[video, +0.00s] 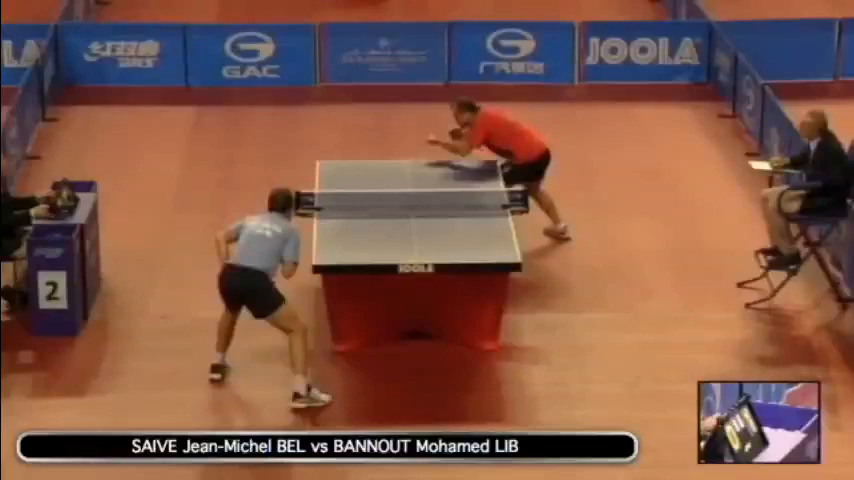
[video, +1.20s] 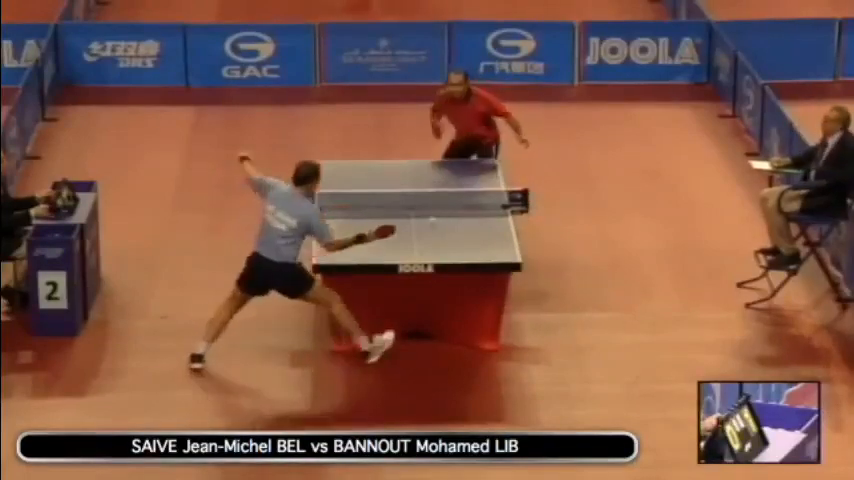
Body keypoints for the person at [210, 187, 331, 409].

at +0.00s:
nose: (293, 212)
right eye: (293, 208)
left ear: (270, 206)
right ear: (291, 210)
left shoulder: (252, 220)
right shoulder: (290, 231)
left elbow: (222, 237)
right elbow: (288, 271)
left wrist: (224, 264)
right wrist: (284, 249)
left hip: (230, 275)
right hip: (257, 281)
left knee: (230, 311)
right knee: (297, 329)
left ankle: (218, 363)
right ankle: (301, 389)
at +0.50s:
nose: (285, 181)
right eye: (284, 177)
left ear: (261, 181)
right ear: (284, 182)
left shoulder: (249, 204)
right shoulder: (288, 209)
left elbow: (228, 235)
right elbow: (303, 248)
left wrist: (243, 230)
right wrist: (315, 241)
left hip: (242, 272)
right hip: (272, 275)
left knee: (232, 310)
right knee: (302, 327)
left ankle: (218, 363)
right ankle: (302, 389)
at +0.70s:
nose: (283, 159)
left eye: (279, 155)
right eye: (282, 156)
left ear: (258, 156)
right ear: (279, 158)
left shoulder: (242, 174)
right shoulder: (277, 187)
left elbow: (219, 198)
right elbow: (296, 225)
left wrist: (239, 204)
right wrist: (322, 219)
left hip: (234, 248)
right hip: (261, 253)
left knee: (229, 298)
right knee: (287, 306)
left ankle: (212, 353)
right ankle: (283, 367)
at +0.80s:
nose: (282, 158)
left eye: (281, 153)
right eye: (282, 154)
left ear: (258, 154)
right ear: (278, 158)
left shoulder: (241, 174)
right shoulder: (273, 189)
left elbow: (226, 204)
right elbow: (280, 232)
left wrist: (247, 216)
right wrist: (307, 244)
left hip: (232, 244)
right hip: (256, 252)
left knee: (226, 292)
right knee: (283, 306)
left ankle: (204, 345)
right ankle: (263, 362)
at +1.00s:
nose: (281, 176)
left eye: (279, 172)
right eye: (280, 173)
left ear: (257, 171)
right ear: (276, 176)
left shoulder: (242, 186)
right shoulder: (268, 203)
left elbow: (234, 205)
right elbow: (268, 247)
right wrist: (301, 259)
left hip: (232, 259)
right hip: (258, 265)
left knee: (219, 300)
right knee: (309, 295)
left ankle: (198, 350)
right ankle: (286, 346)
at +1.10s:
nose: (289, 180)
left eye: (288, 176)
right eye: (288, 177)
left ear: (266, 175)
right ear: (284, 180)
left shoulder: (251, 187)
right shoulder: (278, 209)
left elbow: (239, 197)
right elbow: (291, 251)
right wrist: (319, 251)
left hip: (239, 263)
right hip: (266, 268)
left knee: (222, 301)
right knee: (315, 288)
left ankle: (198, 350)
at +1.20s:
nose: (318, 185)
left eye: (316, 179)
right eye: (317, 181)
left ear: (294, 177)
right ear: (314, 184)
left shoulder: (275, 189)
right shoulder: (309, 212)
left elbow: (252, 177)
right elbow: (330, 245)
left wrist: (244, 159)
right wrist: (363, 239)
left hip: (258, 265)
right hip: (287, 271)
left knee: (231, 305)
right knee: (333, 301)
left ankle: (200, 350)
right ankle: (366, 343)